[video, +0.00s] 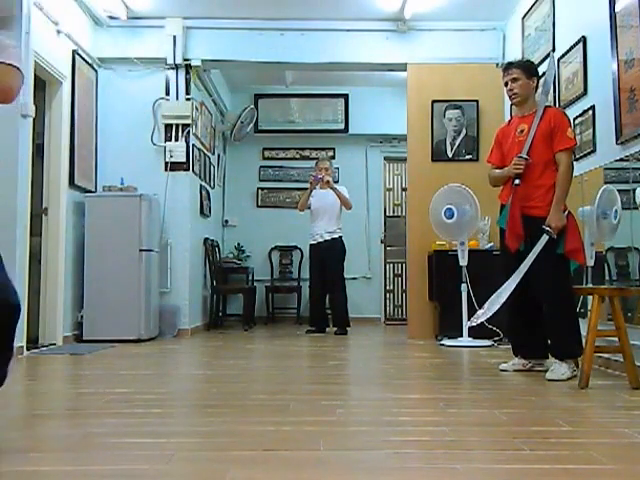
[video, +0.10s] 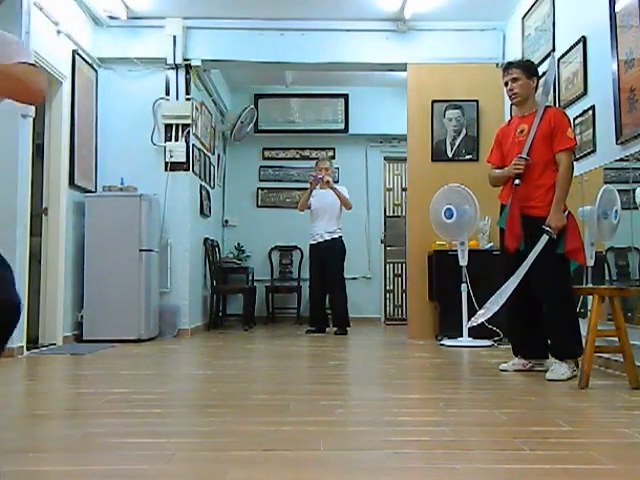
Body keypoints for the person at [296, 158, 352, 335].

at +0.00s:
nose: (323, 173)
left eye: (326, 170)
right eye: (320, 170)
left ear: (331, 171)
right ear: (315, 172)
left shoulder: (339, 190)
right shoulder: (312, 193)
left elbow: (348, 206)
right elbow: (301, 208)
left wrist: (332, 188)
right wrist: (310, 188)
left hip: (334, 241)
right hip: (316, 243)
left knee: (336, 285)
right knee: (316, 286)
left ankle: (341, 325)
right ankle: (318, 324)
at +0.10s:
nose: (323, 173)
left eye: (326, 170)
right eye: (320, 170)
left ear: (331, 171)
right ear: (315, 172)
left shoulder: (339, 190)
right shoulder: (312, 193)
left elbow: (348, 206)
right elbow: (301, 208)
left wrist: (332, 188)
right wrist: (310, 188)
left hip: (334, 241)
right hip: (316, 243)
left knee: (336, 285)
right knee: (316, 286)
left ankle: (341, 325)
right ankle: (318, 324)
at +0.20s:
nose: (323, 173)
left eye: (326, 170)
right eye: (320, 170)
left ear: (331, 171)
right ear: (315, 172)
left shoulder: (339, 190)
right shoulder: (312, 193)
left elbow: (348, 206)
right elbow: (301, 208)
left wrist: (332, 188)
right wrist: (311, 188)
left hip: (334, 241)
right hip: (316, 243)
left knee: (336, 285)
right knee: (316, 286)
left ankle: (341, 325)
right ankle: (318, 324)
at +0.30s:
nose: (323, 173)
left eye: (326, 170)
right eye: (320, 170)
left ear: (331, 171)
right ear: (315, 172)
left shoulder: (339, 190)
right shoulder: (312, 193)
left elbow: (348, 206)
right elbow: (301, 208)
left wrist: (332, 188)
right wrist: (311, 188)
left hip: (334, 241)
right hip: (316, 243)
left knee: (336, 285)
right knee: (316, 286)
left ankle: (341, 325)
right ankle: (318, 324)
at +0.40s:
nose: (323, 173)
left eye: (326, 170)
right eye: (320, 170)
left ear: (331, 171)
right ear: (315, 172)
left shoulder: (339, 190)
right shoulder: (312, 193)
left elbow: (348, 206)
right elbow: (301, 208)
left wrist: (332, 188)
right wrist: (310, 188)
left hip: (334, 241)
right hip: (316, 243)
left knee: (336, 285)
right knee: (316, 286)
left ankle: (341, 325)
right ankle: (318, 324)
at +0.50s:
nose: (323, 173)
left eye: (326, 170)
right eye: (320, 170)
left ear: (331, 171)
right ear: (316, 172)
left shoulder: (339, 190)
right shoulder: (312, 193)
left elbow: (348, 206)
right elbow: (301, 208)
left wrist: (332, 188)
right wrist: (310, 188)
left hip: (334, 241)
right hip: (316, 243)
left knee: (336, 285)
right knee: (316, 286)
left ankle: (341, 325)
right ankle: (318, 324)